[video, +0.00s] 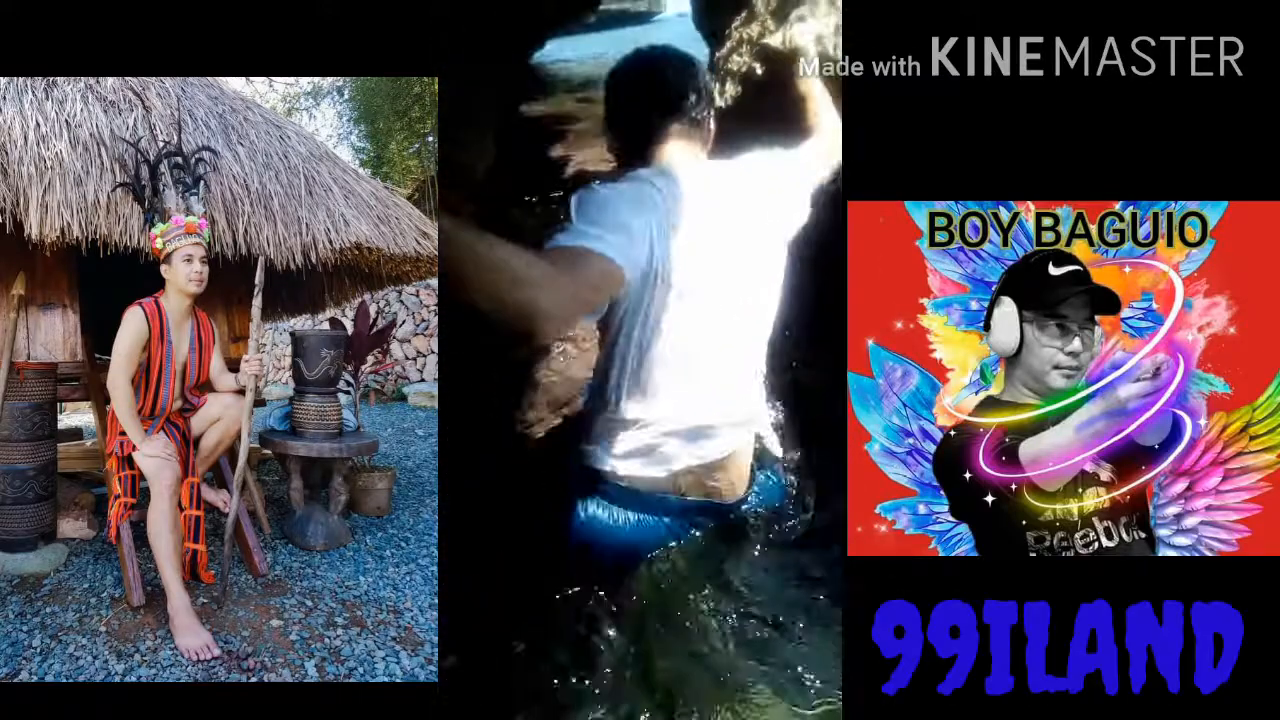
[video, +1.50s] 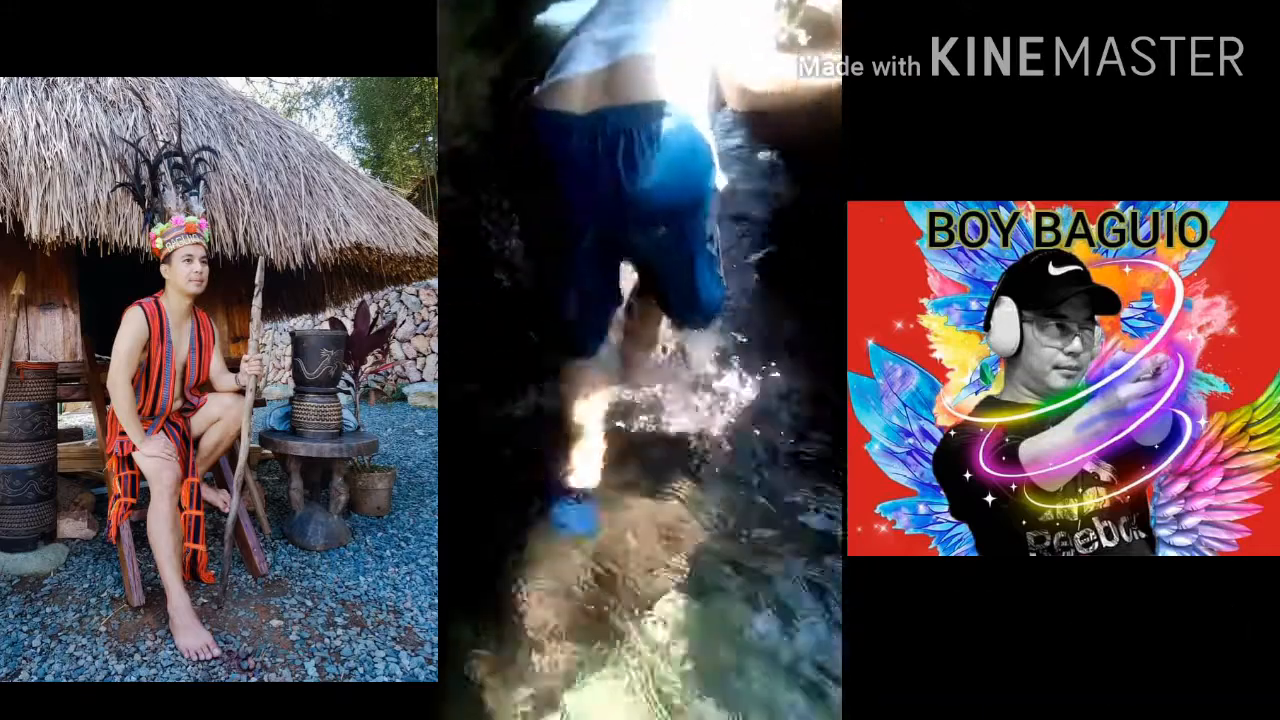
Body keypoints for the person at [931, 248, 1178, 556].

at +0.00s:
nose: (1076, 346)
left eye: (1086, 328)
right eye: (1055, 327)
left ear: (1097, 334)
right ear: (1007, 327)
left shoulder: (1113, 410)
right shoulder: (963, 446)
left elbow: (1155, 435)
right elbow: (1025, 472)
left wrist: (1148, 397)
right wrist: (1107, 411)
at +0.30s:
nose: (1076, 346)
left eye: (1086, 328)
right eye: (1055, 327)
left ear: (1096, 334)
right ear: (1007, 327)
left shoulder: (1113, 409)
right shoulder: (963, 446)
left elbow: (1156, 435)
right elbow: (1022, 474)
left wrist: (1149, 398)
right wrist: (1106, 412)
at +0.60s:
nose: (1076, 346)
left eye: (1086, 328)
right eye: (1055, 327)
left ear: (1096, 334)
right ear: (1007, 327)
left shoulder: (1113, 409)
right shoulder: (962, 445)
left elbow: (1155, 435)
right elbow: (1022, 472)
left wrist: (1149, 396)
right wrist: (1105, 412)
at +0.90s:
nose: (1076, 346)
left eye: (1086, 328)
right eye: (1055, 327)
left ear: (1097, 334)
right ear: (1007, 328)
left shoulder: (1113, 409)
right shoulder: (962, 446)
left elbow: (1155, 435)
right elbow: (1021, 472)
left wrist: (1149, 396)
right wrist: (1105, 412)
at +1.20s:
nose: (1076, 346)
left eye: (1086, 328)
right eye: (1055, 327)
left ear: (1097, 334)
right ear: (1007, 328)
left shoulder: (1113, 409)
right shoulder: (962, 446)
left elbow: (1155, 435)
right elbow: (1021, 472)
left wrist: (1149, 396)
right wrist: (1105, 412)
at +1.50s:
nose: (1076, 346)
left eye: (1086, 328)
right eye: (1055, 326)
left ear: (1096, 335)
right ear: (1007, 328)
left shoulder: (1113, 408)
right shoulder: (962, 446)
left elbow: (1156, 436)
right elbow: (1021, 472)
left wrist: (1147, 395)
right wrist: (1105, 413)